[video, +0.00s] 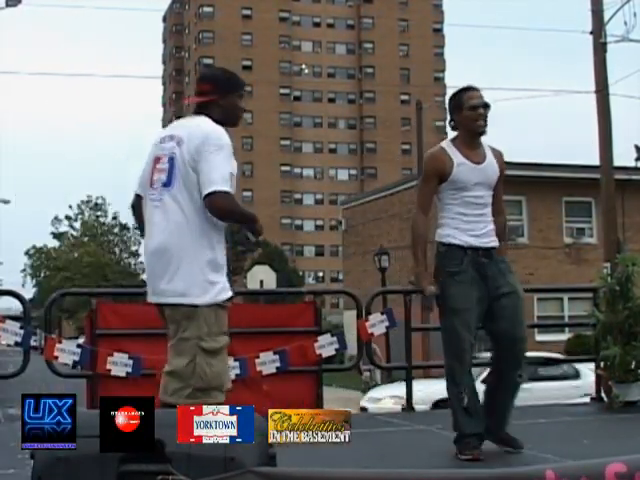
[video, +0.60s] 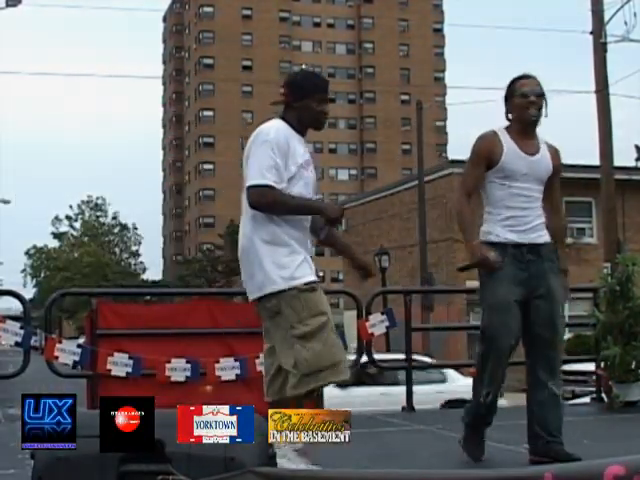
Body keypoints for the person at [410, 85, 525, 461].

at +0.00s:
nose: (482, 113)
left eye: (484, 107)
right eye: (474, 108)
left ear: (488, 113)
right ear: (455, 117)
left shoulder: (494, 158)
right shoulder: (439, 158)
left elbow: (498, 212)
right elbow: (421, 215)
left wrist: (502, 256)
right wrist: (424, 277)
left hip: (492, 260)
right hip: (456, 260)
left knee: (513, 342)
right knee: (460, 349)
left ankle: (494, 425)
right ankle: (467, 435)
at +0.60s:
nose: (533, 101)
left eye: (538, 96)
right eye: (524, 96)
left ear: (544, 104)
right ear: (508, 105)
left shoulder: (550, 155)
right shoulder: (490, 144)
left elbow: (554, 209)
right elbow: (465, 196)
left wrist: (559, 255)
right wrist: (473, 244)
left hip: (543, 258)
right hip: (501, 256)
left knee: (546, 352)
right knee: (500, 342)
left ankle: (546, 443)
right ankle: (477, 423)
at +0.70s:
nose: (535, 101)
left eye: (541, 95)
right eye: (527, 95)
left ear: (550, 102)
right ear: (513, 102)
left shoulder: (559, 151)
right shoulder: (493, 141)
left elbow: (573, 208)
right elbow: (467, 192)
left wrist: (582, 265)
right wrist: (482, 218)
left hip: (547, 257)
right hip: (504, 254)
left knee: (548, 349)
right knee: (502, 338)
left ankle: (545, 442)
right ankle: (486, 421)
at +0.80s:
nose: (536, 100)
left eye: (542, 93)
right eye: (528, 94)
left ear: (552, 99)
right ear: (515, 100)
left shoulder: (566, 147)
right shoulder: (496, 139)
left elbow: (586, 201)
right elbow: (468, 188)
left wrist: (600, 253)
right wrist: (491, 193)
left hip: (548, 256)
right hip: (503, 254)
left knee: (549, 351)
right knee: (502, 348)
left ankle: (546, 443)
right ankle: (495, 442)